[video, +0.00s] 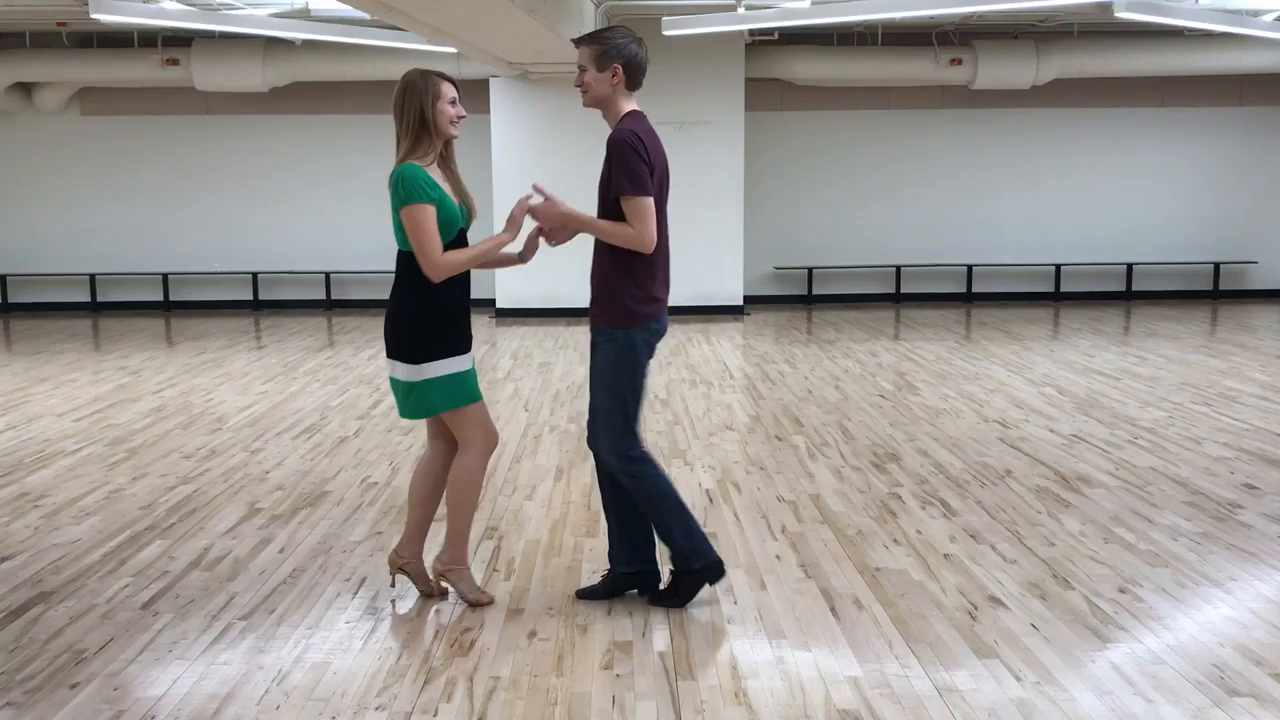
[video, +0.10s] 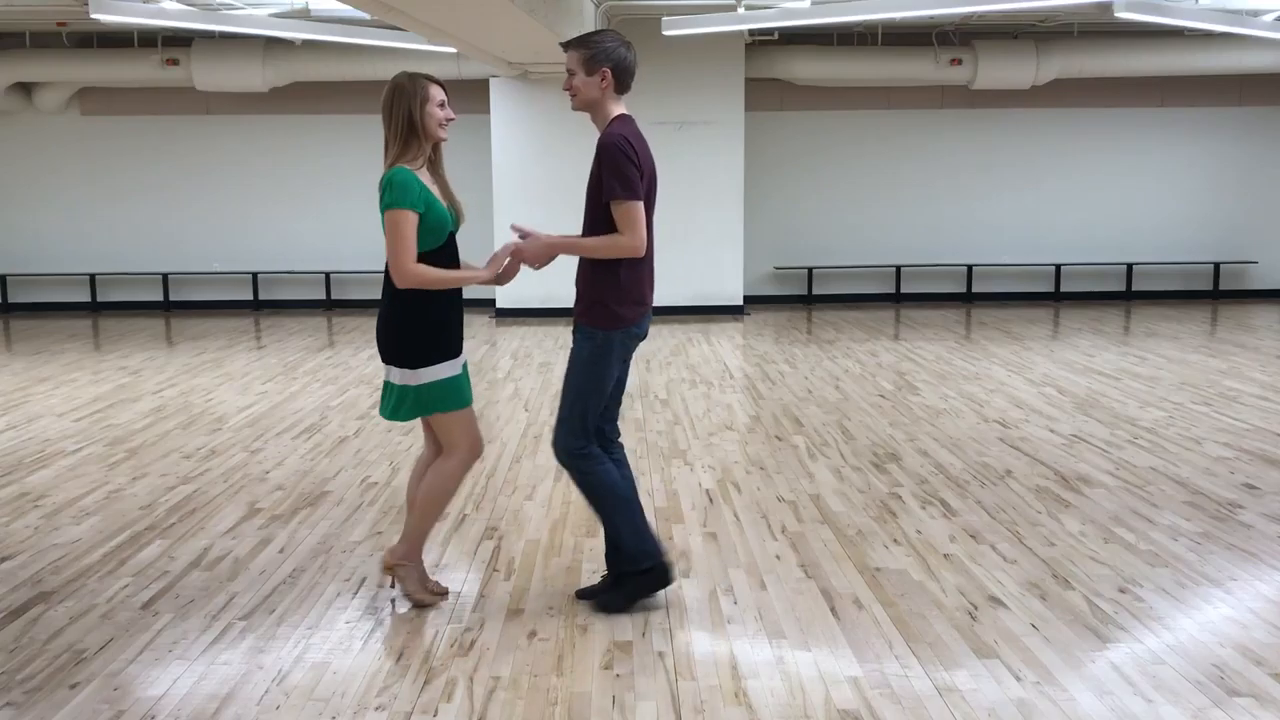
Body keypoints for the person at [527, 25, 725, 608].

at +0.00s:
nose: (577, 82)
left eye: (583, 72)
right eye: (577, 72)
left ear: (614, 75)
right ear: (614, 77)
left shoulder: (627, 139)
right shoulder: (633, 134)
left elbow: (644, 236)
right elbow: (634, 224)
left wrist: (572, 217)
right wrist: (578, 224)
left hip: (629, 318)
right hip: (619, 316)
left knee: (615, 442)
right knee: (607, 440)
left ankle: (696, 558)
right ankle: (632, 568)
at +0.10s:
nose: (565, 84)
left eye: (572, 74)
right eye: (565, 74)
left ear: (602, 77)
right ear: (606, 78)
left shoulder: (617, 142)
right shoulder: (623, 137)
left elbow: (633, 241)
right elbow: (621, 237)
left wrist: (553, 244)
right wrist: (550, 244)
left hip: (610, 318)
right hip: (616, 315)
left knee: (574, 442)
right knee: (600, 437)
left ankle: (643, 565)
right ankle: (628, 567)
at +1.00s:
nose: (564, 93)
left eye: (572, 83)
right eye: (563, 83)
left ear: (607, 85)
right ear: (599, 89)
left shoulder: (622, 139)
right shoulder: (614, 139)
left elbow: (666, 215)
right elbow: (601, 211)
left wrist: (599, 194)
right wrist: (550, 187)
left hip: (614, 313)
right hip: (640, 309)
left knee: (574, 423)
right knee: (633, 427)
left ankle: (615, 537)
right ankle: (677, 555)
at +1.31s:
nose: (572, 102)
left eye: (581, 93)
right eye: (570, 93)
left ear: (613, 96)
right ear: (584, 99)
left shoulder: (628, 150)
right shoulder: (590, 153)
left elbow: (673, 205)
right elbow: (543, 188)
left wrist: (659, 149)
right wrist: (542, 162)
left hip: (606, 314)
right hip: (627, 308)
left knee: (588, 429)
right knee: (615, 421)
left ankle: (628, 538)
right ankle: (683, 519)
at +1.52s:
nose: (578, 97)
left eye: (589, 88)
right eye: (574, 89)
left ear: (618, 91)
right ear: (572, 95)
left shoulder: (627, 145)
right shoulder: (575, 144)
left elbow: (678, 160)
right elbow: (517, 154)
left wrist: (664, 100)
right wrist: (554, 125)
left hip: (607, 303)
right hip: (605, 301)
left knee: (590, 423)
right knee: (597, 415)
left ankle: (628, 536)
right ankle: (669, 508)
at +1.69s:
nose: (593, 94)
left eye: (602, 86)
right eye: (583, 85)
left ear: (617, 91)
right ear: (567, 94)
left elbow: (678, 115)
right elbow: (561, 112)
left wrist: (658, 55)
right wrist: (609, 59)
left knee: (588, 417)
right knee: (591, 411)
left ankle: (628, 533)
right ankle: (647, 502)